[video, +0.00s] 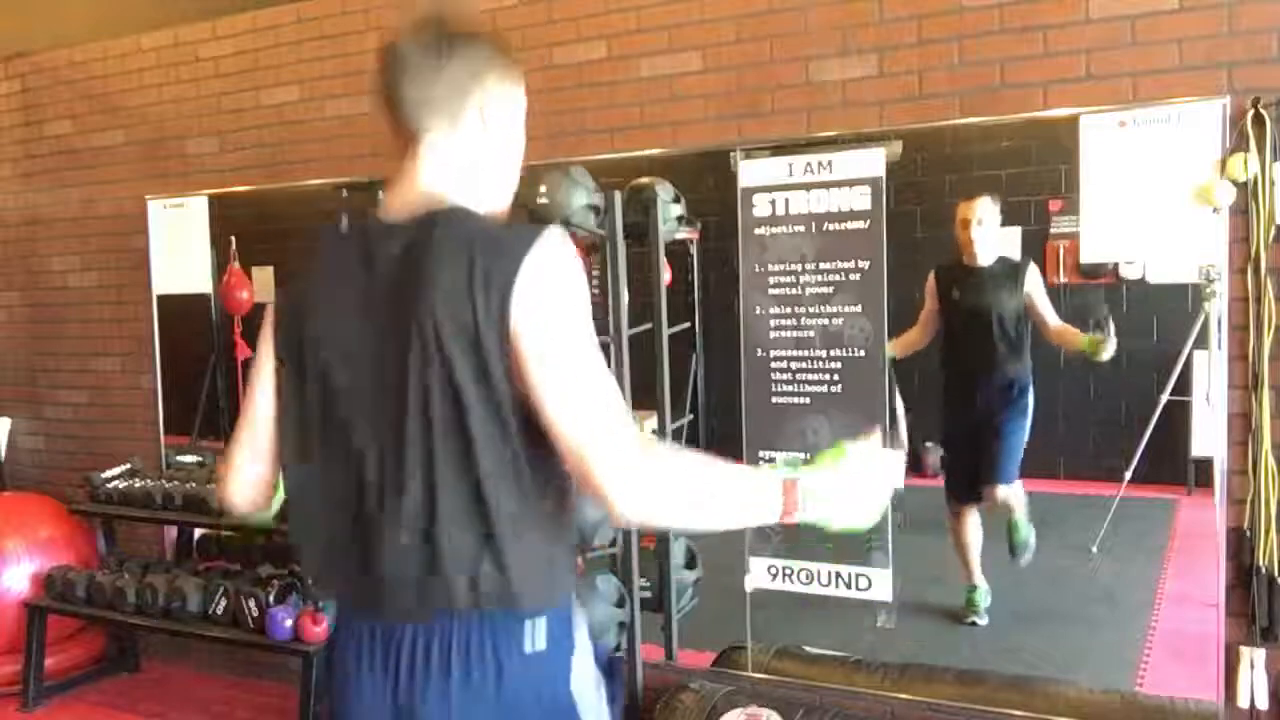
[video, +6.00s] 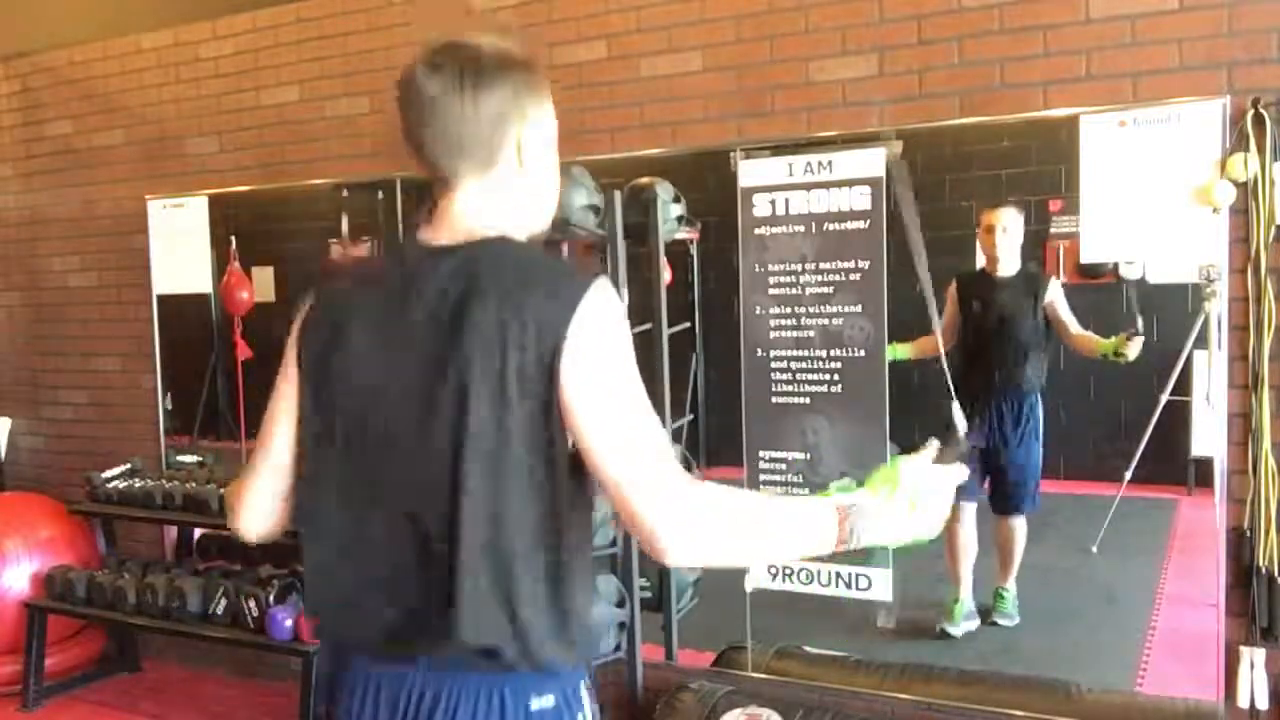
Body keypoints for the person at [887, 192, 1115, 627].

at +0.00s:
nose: (971, 232)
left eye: (980, 224)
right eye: (965, 224)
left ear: (997, 227)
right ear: (956, 229)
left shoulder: (1023, 275)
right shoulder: (941, 279)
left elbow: (1054, 328)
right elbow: (922, 332)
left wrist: (1089, 343)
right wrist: (883, 351)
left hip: (1010, 394)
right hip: (961, 395)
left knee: (996, 491)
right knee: (960, 502)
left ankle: (1018, 514)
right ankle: (977, 587)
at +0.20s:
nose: (975, 217)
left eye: (984, 209)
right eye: (969, 209)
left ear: (1001, 211)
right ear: (961, 211)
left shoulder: (1025, 256)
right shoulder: (946, 260)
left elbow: (1053, 317)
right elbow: (929, 321)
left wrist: (1095, 350)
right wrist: (889, 358)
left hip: (1014, 375)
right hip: (965, 375)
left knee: (1003, 471)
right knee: (976, 477)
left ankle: (1007, 576)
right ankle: (989, 580)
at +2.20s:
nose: (990, 212)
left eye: (1000, 204)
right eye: (984, 203)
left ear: (1019, 210)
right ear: (974, 209)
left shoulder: (1040, 260)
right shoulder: (959, 260)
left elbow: (1062, 321)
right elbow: (945, 323)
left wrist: (1099, 353)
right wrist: (905, 357)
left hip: (1024, 378)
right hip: (973, 379)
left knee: (1016, 483)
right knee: (983, 494)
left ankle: (1014, 582)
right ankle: (1012, 537)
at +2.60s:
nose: (993, 211)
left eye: (1003, 203)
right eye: (987, 202)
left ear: (1021, 208)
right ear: (976, 208)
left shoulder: (1042, 258)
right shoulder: (961, 257)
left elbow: (1062, 322)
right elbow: (945, 321)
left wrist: (1101, 358)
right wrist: (905, 356)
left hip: (1020, 379)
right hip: (969, 376)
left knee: (1009, 482)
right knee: (966, 481)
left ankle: (1004, 583)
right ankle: (967, 580)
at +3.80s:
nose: (984, 209)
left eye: (994, 201)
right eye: (978, 200)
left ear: (1012, 207)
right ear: (968, 206)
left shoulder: (1034, 257)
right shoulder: (952, 258)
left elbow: (1055, 319)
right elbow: (938, 320)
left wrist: (1094, 355)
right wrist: (902, 358)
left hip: (1020, 374)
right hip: (969, 375)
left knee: (1009, 478)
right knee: (978, 491)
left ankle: (1003, 578)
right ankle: (1009, 557)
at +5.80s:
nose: (995, 204)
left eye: (1004, 196)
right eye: (989, 196)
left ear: (1021, 201)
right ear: (978, 203)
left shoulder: (1042, 252)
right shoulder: (963, 254)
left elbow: (1070, 312)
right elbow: (943, 315)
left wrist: (1107, 352)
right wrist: (905, 357)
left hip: (1023, 373)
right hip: (971, 372)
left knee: (1013, 476)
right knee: (966, 476)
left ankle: (1008, 577)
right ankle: (972, 571)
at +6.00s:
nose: (995, 239)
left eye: (1004, 231)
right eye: (989, 230)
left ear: (1021, 236)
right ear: (978, 236)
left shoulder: (1043, 288)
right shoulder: (961, 288)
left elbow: (1075, 337)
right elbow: (943, 341)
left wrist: (1110, 347)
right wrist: (895, 350)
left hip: (1021, 406)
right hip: (968, 404)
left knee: (1011, 506)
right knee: (960, 505)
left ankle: (1006, 592)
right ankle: (962, 603)